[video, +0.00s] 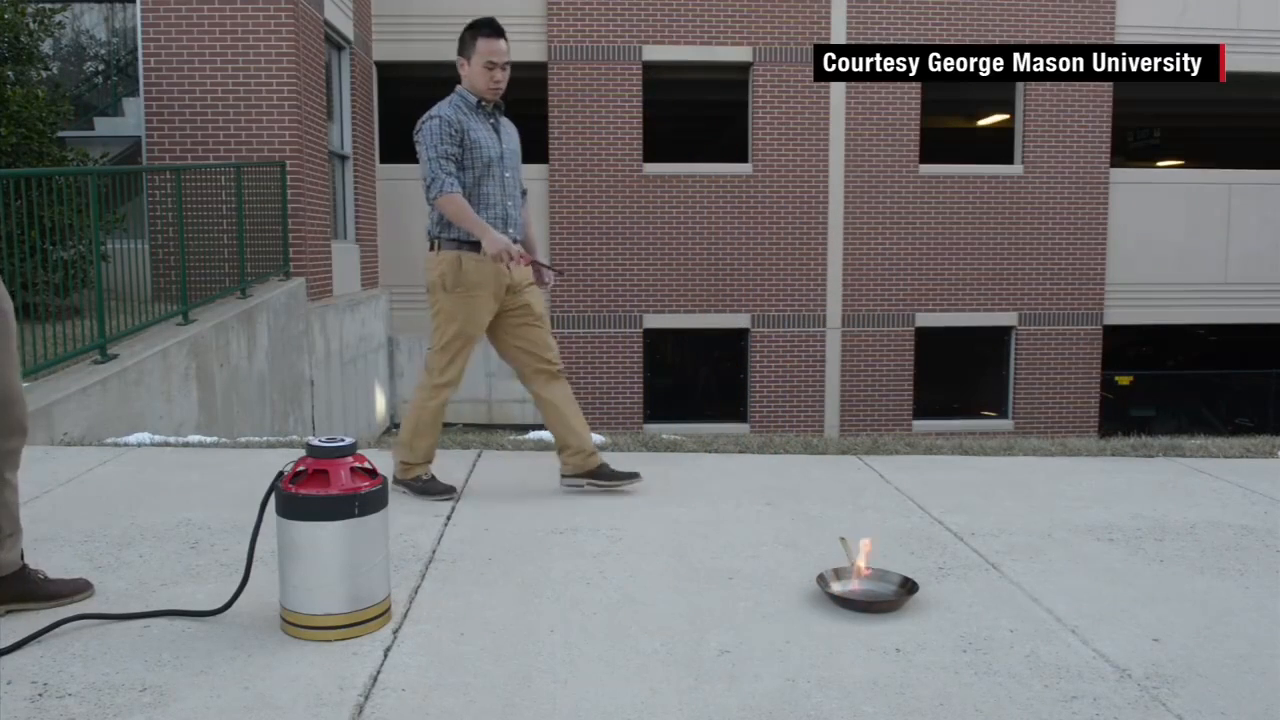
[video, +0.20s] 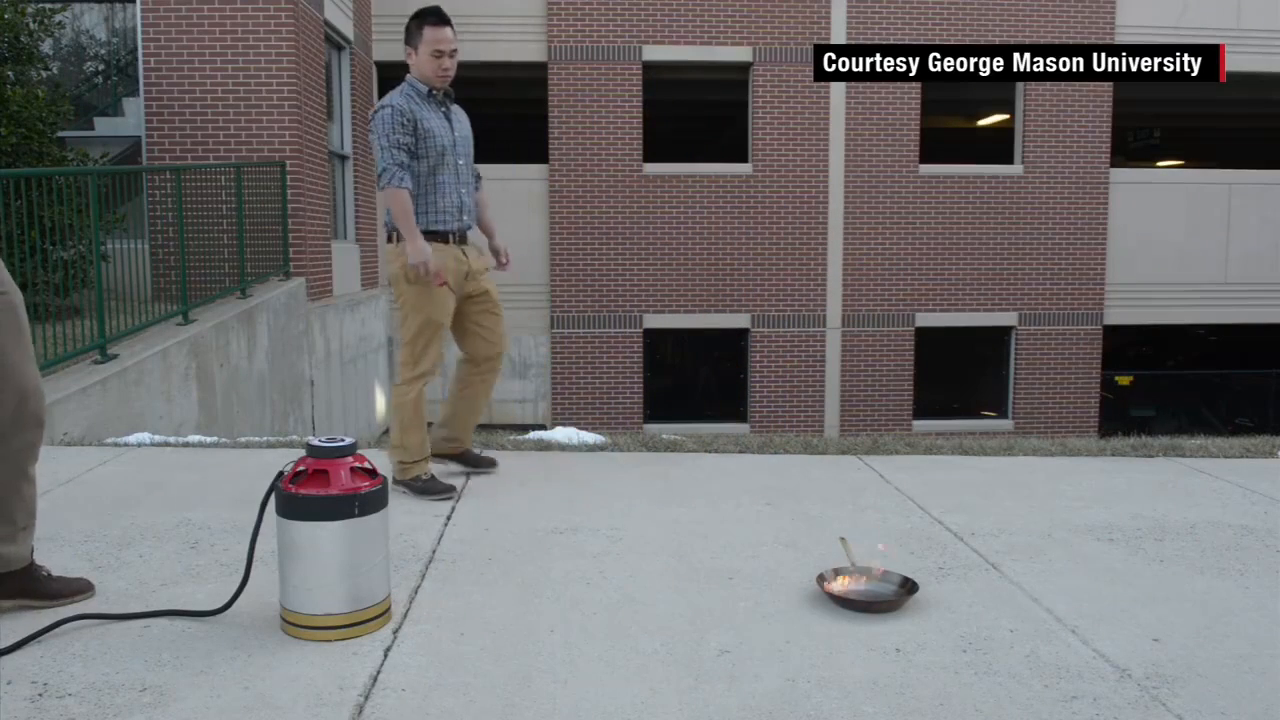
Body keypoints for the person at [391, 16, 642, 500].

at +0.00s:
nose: (499, 76)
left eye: (505, 66)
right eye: (489, 65)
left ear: (510, 69)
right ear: (462, 67)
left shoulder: (507, 129)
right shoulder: (440, 121)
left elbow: (516, 202)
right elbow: (442, 193)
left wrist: (534, 257)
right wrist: (486, 232)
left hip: (511, 265)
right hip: (463, 264)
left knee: (544, 366)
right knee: (442, 373)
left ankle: (582, 462)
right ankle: (410, 469)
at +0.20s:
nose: (447, 62)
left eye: (452, 53)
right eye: (437, 53)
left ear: (457, 54)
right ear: (410, 55)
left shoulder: (458, 115)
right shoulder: (394, 109)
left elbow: (470, 184)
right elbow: (393, 183)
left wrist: (492, 236)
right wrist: (414, 241)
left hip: (465, 251)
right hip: (421, 252)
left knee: (487, 348)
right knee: (417, 364)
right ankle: (410, 467)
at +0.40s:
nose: (409, 67)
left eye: (414, 58)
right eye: (398, 59)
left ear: (418, 60)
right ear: (371, 63)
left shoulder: (420, 123)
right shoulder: (356, 116)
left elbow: (437, 189)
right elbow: (343, 188)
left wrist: (472, 228)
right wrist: (344, 253)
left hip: (425, 252)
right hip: (388, 252)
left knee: (410, 351)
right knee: (410, 358)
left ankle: (350, 425)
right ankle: (411, 469)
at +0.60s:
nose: (390, 78)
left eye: (395, 69)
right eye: (380, 70)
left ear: (398, 73)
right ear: (355, 73)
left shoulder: (393, 135)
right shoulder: (333, 123)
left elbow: (413, 195)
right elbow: (318, 191)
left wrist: (451, 235)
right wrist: (313, 253)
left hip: (387, 257)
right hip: (353, 256)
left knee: (364, 360)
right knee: (382, 360)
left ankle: (329, 450)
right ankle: (406, 462)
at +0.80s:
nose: (354, 71)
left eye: (358, 63)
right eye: (344, 62)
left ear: (362, 67)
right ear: (318, 65)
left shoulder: (361, 127)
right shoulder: (296, 111)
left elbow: (372, 195)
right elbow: (288, 180)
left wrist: (382, 249)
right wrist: (304, 236)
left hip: (354, 248)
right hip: (313, 243)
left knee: (356, 349)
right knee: (329, 345)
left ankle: (340, 439)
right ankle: (313, 442)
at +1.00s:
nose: (297, 71)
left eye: (301, 63)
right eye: (287, 63)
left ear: (305, 67)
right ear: (262, 68)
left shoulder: (303, 124)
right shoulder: (249, 116)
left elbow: (309, 191)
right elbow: (251, 182)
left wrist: (323, 238)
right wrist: (284, 225)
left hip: (309, 251)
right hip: (270, 250)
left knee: (337, 348)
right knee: (257, 348)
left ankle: (336, 444)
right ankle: (183, 427)